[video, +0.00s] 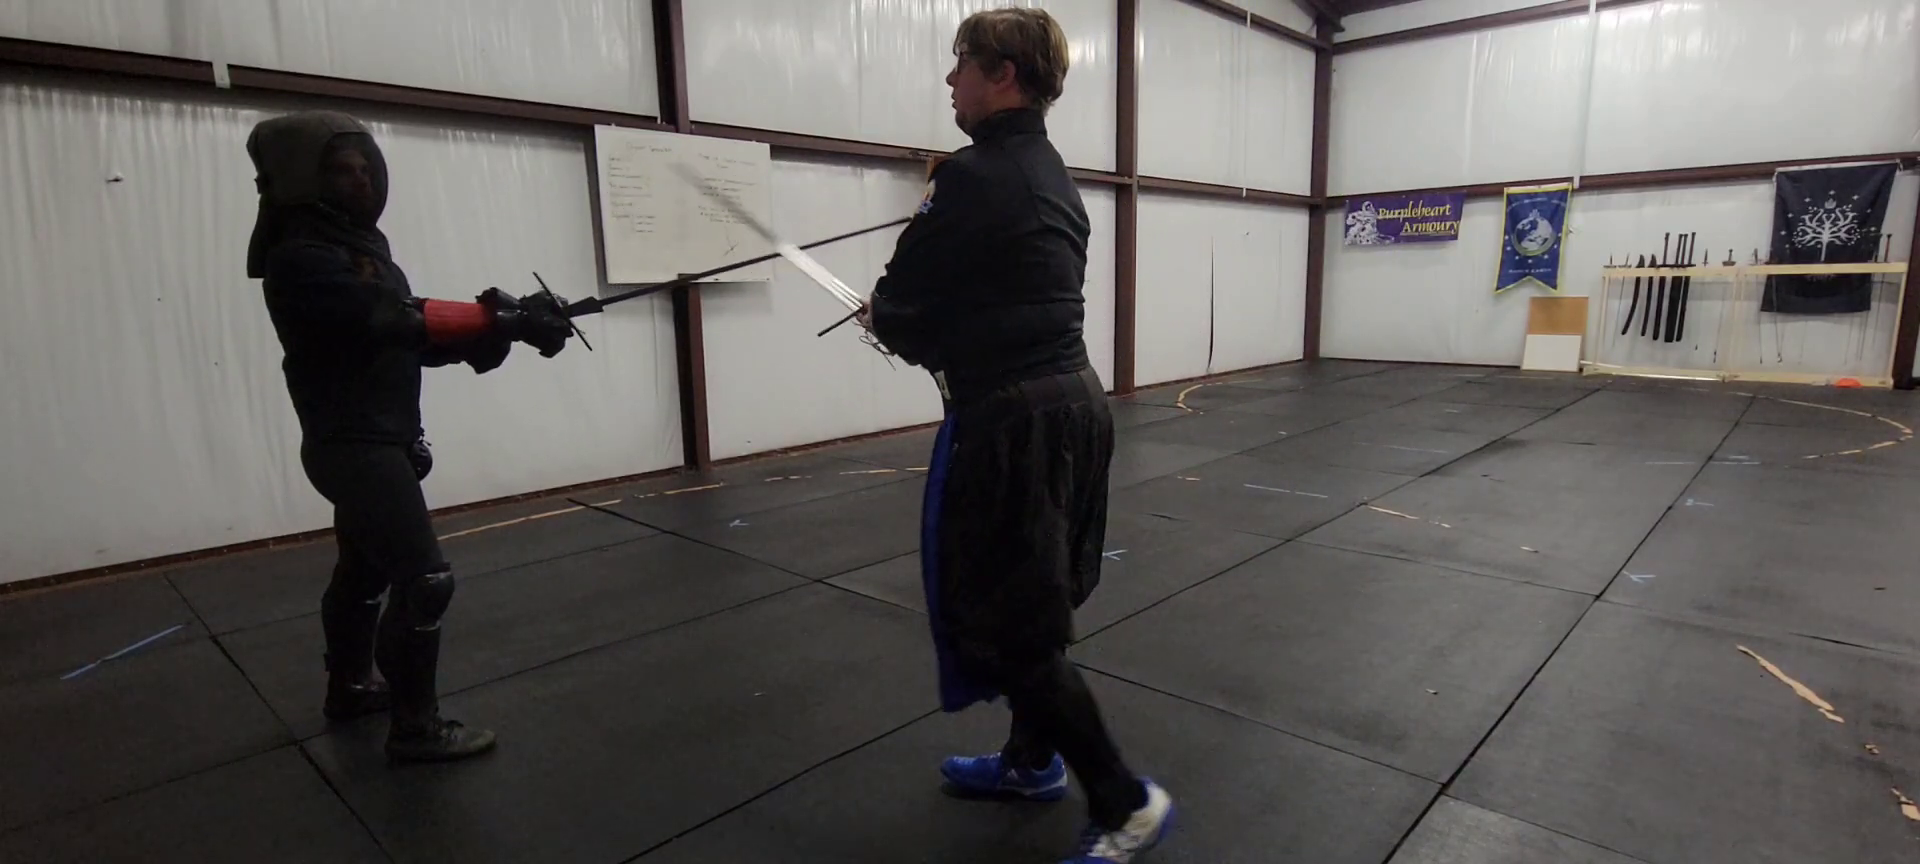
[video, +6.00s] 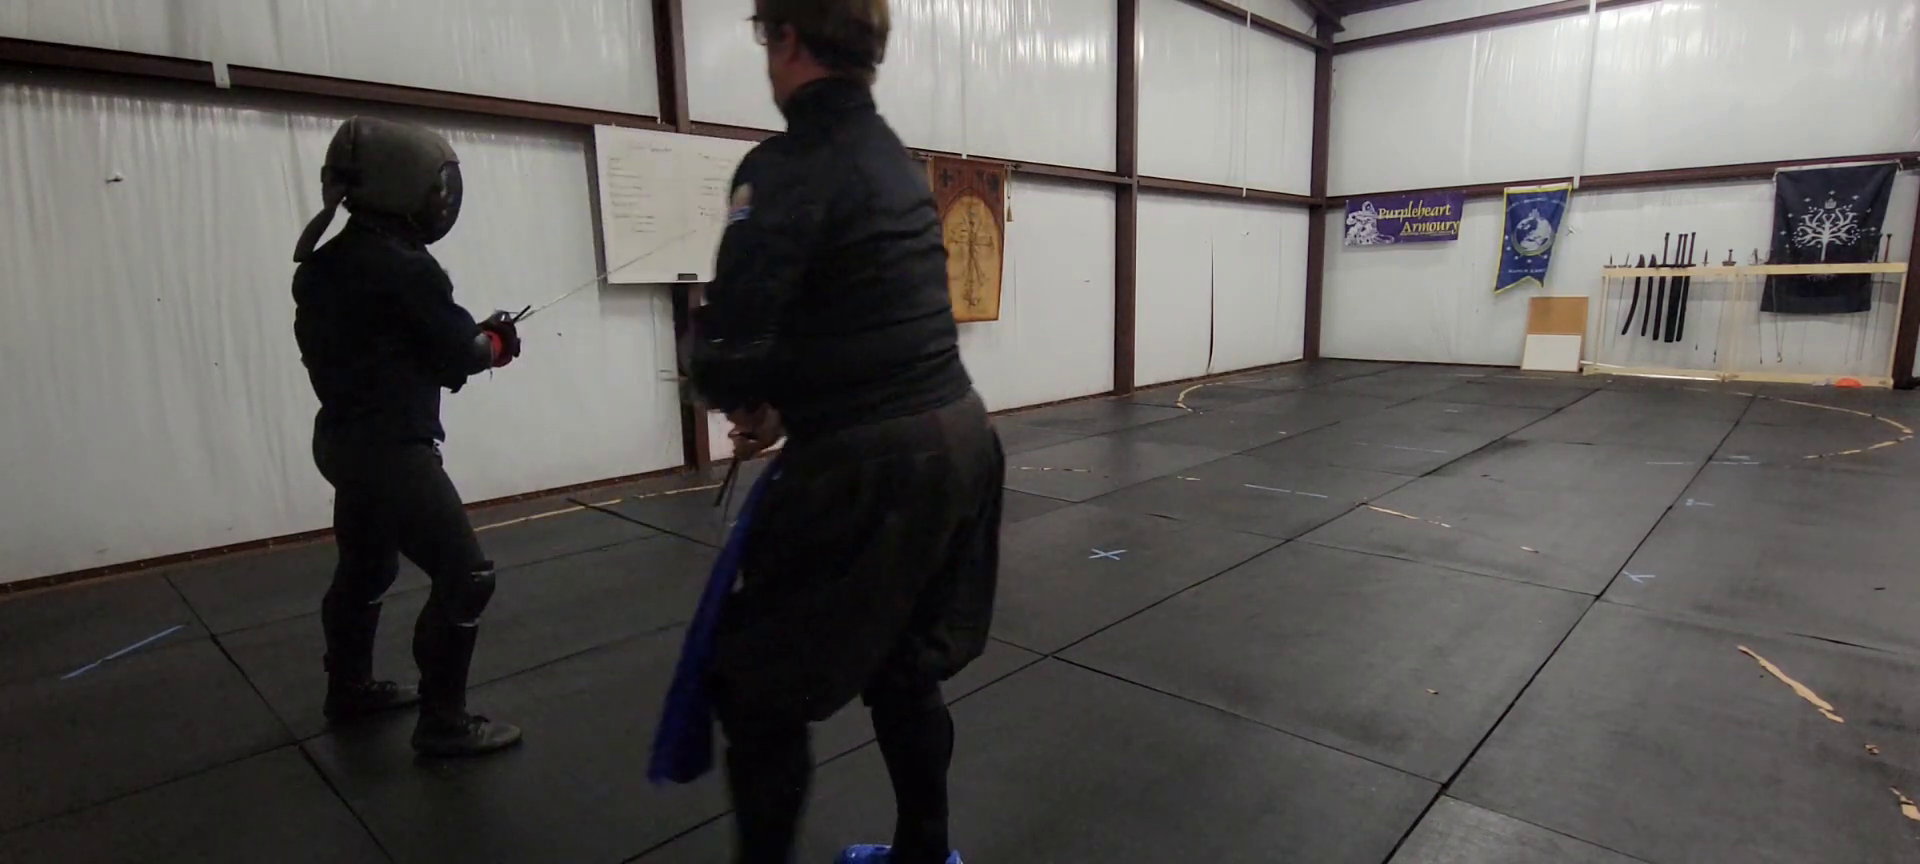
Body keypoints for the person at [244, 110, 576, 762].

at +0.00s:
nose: (359, 183)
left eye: (368, 170)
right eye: (342, 171)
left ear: (381, 177)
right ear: (311, 181)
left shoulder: (362, 249)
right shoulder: (302, 256)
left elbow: (406, 335)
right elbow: (386, 319)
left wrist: (488, 333)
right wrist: (502, 318)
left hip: (383, 442)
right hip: (354, 448)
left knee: (362, 574)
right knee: (423, 582)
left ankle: (350, 690)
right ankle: (415, 728)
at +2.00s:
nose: (362, 180)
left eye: (366, 167)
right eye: (345, 168)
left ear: (372, 174)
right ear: (307, 178)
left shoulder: (354, 247)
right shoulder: (297, 257)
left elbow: (397, 335)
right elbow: (360, 347)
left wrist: (461, 380)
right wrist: (468, 396)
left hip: (371, 439)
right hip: (341, 445)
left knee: (356, 569)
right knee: (390, 581)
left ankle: (349, 688)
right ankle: (411, 722)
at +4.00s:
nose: (356, 183)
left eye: (362, 171)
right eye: (340, 171)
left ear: (371, 179)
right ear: (306, 181)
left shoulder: (355, 246)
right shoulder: (293, 256)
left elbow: (395, 325)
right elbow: (357, 333)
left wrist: (453, 357)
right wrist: (463, 349)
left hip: (381, 436)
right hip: (344, 442)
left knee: (360, 570)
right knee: (393, 582)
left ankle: (349, 689)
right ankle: (410, 723)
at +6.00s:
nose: (448, 200)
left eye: (448, 187)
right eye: (442, 187)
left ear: (362, 189)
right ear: (418, 194)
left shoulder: (321, 265)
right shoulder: (408, 268)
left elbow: (364, 353)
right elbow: (453, 354)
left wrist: (462, 339)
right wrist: (495, 344)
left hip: (344, 446)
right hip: (399, 452)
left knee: (363, 569)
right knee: (464, 577)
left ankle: (349, 691)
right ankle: (444, 722)